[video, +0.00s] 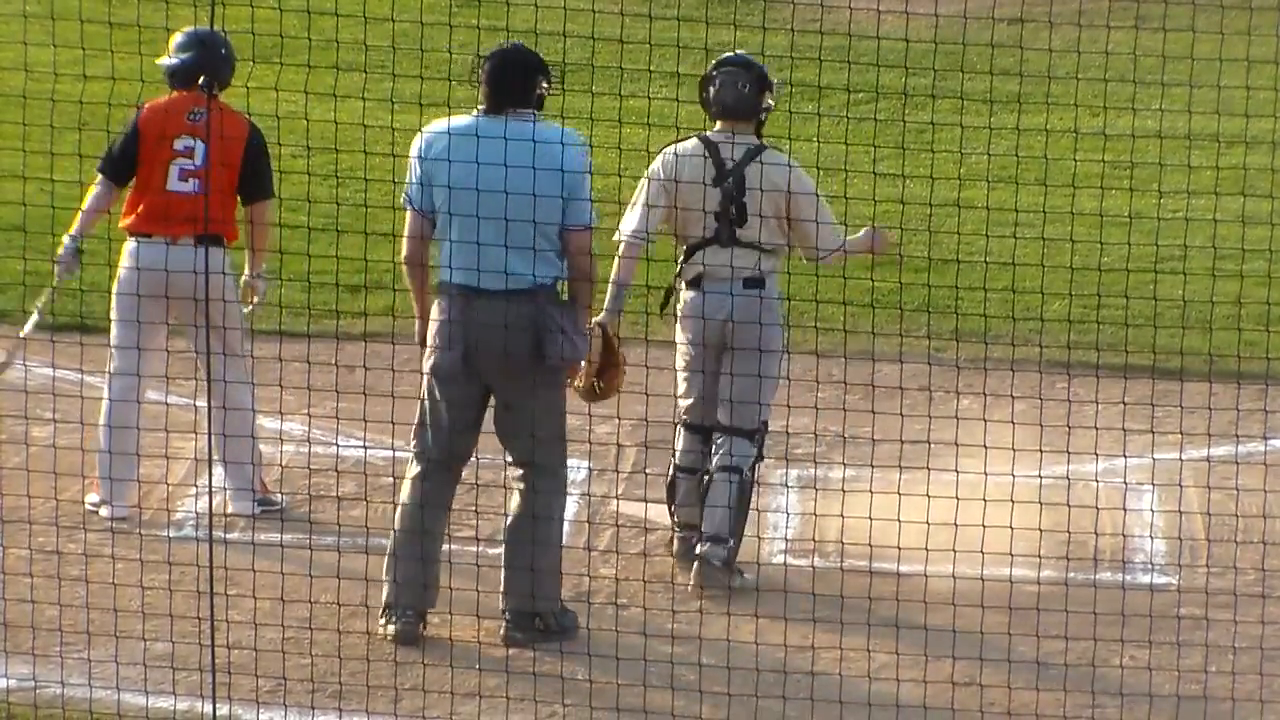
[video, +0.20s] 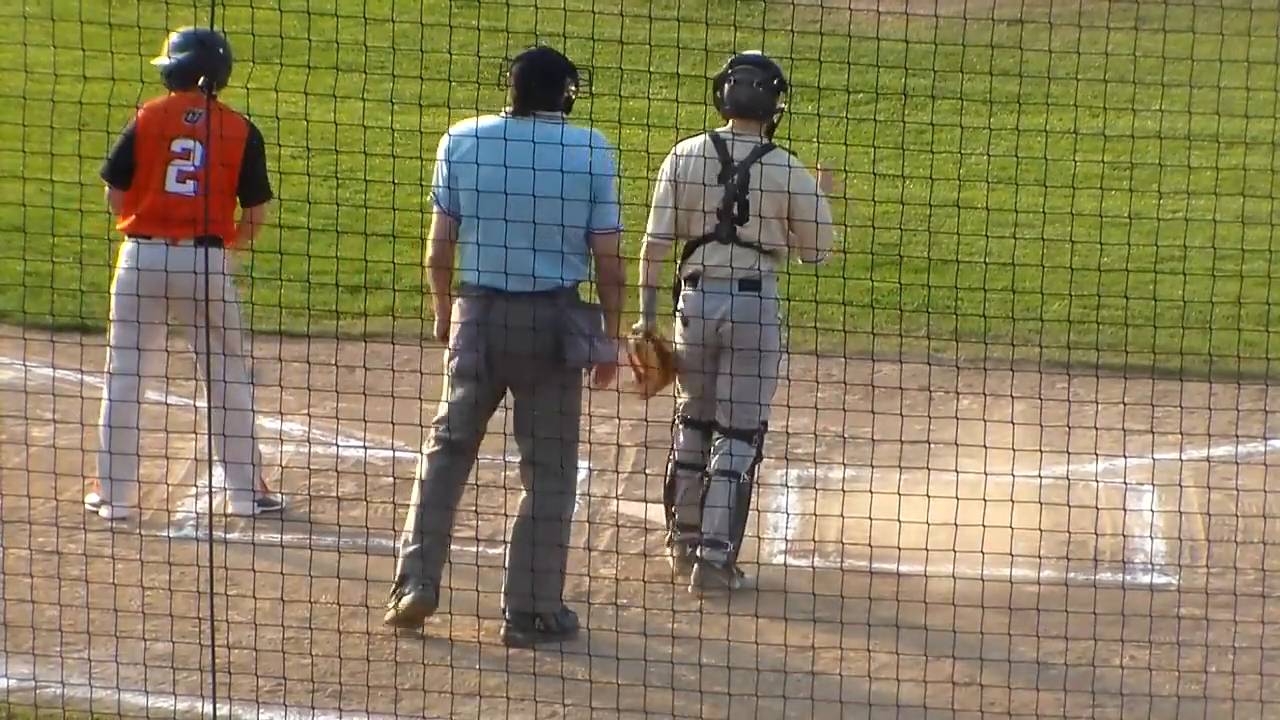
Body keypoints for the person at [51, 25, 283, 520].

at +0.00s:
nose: (167, 76)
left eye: (171, 70)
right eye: (169, 71)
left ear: (180, 72)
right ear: (222, 76)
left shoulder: (149, 117)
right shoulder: (244, 130)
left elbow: (107, 185)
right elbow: (260, 211)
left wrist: (72, 237)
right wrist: (257, 270)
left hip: (142, 262)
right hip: (207, 264)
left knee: (125, 375)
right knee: (230, 375)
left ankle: (114, 495)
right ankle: (247, 491)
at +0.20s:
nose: (163, 77)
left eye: (168, 70)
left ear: (174, 71)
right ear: (219, 75)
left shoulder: (148, 117)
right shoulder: (242, 130)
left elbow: (116, 191)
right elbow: (256, 213)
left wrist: (144, 219)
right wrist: (229, 236)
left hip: (141, 259)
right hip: (206, 264)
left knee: (125, 373)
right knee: (228, 373)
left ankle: (114, 494)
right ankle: (248, 491)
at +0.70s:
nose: (154, 77)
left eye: (158, 71)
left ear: (163, 72)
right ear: (210, 75)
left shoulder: (137, 115)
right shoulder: (234, 126)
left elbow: (118, 177)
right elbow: (255, 199)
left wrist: (171, 157)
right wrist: (220, 159)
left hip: (138, 261)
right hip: (204, 264)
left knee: (125, 376)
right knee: (228, 376)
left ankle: (113, 495)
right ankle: (249, 494)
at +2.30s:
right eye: (214, 70)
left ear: (166, 70)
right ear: (213, 74)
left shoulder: (134, 118)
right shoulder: (231, 128)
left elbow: (120, 178)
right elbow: (260, 201)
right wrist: (229, 136)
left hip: (140, 262)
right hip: (205, 266)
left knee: (125, 376)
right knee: (233, 375)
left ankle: (114, 498)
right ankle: (249, 493)